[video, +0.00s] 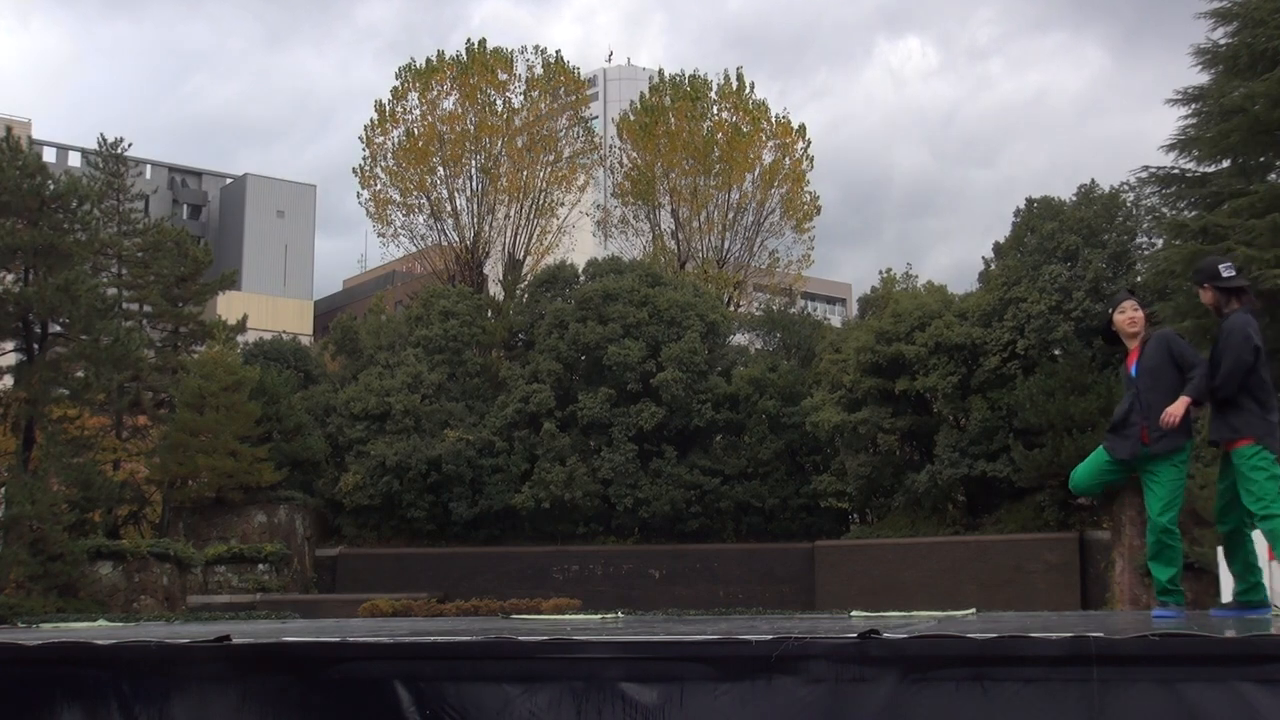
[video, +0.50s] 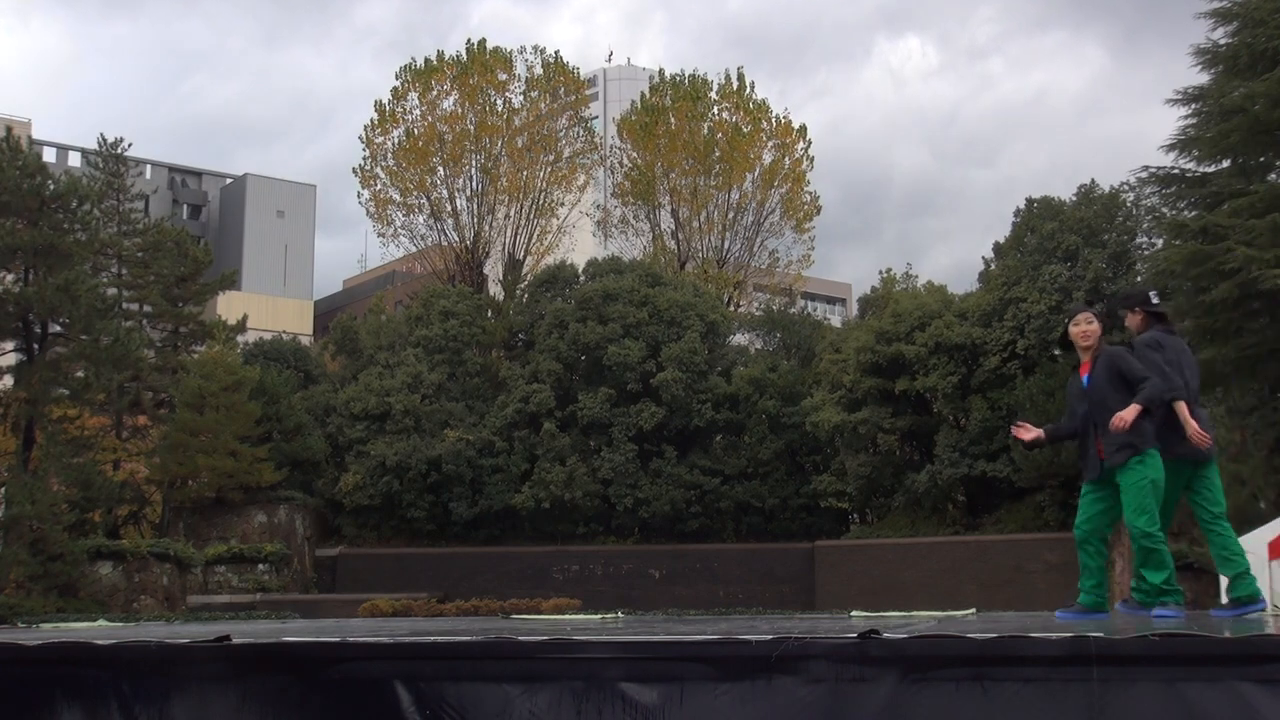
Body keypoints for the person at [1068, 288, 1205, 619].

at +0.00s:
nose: (1132, 314)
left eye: (1136, 309)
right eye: (1124, 312)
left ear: (1145, 316)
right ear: (1114, 325)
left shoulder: (1164, 339)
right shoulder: (1127, 363)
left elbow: (1201, 368)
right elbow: (1140, 398)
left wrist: (1184, 400)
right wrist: (1127, 424)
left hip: (1166, 446)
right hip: (1126, 442)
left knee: (1161, 523)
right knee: (1079, 482)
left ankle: (1169, 600)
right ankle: (1126, 473)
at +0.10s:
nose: (1126, 318)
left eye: (1130, 312)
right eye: (1118, 315)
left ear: (1141, 318)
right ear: (1109, 327)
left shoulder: (1159, 341)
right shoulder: (1122, 364)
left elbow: (1197, 371)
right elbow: (1135, 400)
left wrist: (1180, 401)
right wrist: (1123, 426)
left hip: (1164, 446)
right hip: (1124, 443)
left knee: (1161, 523)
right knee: (1076, 483)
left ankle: (1169, 600)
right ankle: (1127, 471)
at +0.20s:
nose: (1116, 320)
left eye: (1121, 314)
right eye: (1109, 317)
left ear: (1132, 319)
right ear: (1101, 328)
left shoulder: (1151, 341)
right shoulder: (1115, 366)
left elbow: (1192, 369)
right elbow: (1128, 402)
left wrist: (1175, 401)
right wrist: (1118, 427)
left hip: (1159, 447)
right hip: (1119, 445)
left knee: (1160, 523)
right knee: (1073, 485)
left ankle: (1169, 599)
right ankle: (1116, 477)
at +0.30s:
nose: (1106, 322)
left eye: (1110, 316)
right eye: (1098, 319)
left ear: (1121, 321)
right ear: (1090, 330)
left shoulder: (1142, 343)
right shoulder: (1106, 370)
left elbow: (1184, 369)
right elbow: (1120, 408)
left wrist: (1167, 401)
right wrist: (1109, 435)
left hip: (1154, 448)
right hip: (1113, 448)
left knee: (1156, 523)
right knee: (1070, 490)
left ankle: (1170, 599)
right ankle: (1110, 508)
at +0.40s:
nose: (1095, 324)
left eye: (1100, 317)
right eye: (1088, 321)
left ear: (1111, 323)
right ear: (1081, 332)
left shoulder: (1134, 347)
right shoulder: (1091, 375)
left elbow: (1173, 375)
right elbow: (1098, 427)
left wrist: (1152, 403)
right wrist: (1062, 441)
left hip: (1148, 451)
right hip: (1108, 456)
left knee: (1151, 525)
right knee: (1074, 504)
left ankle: (1170, 599)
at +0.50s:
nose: (1084, 329)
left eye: (1089, 323)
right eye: (1077, 325)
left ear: (1101, 329)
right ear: (1069, 335)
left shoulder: (1115, 357)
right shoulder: (1076, 381)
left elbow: (1156, 384)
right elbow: (1075, 426)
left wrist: (1134, 407)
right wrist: (1041, 434)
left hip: (1137, 458)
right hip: (1100, 467)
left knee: (1142, 527)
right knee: (1087, 531)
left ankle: (1169, 599)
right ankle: (1093, 601)